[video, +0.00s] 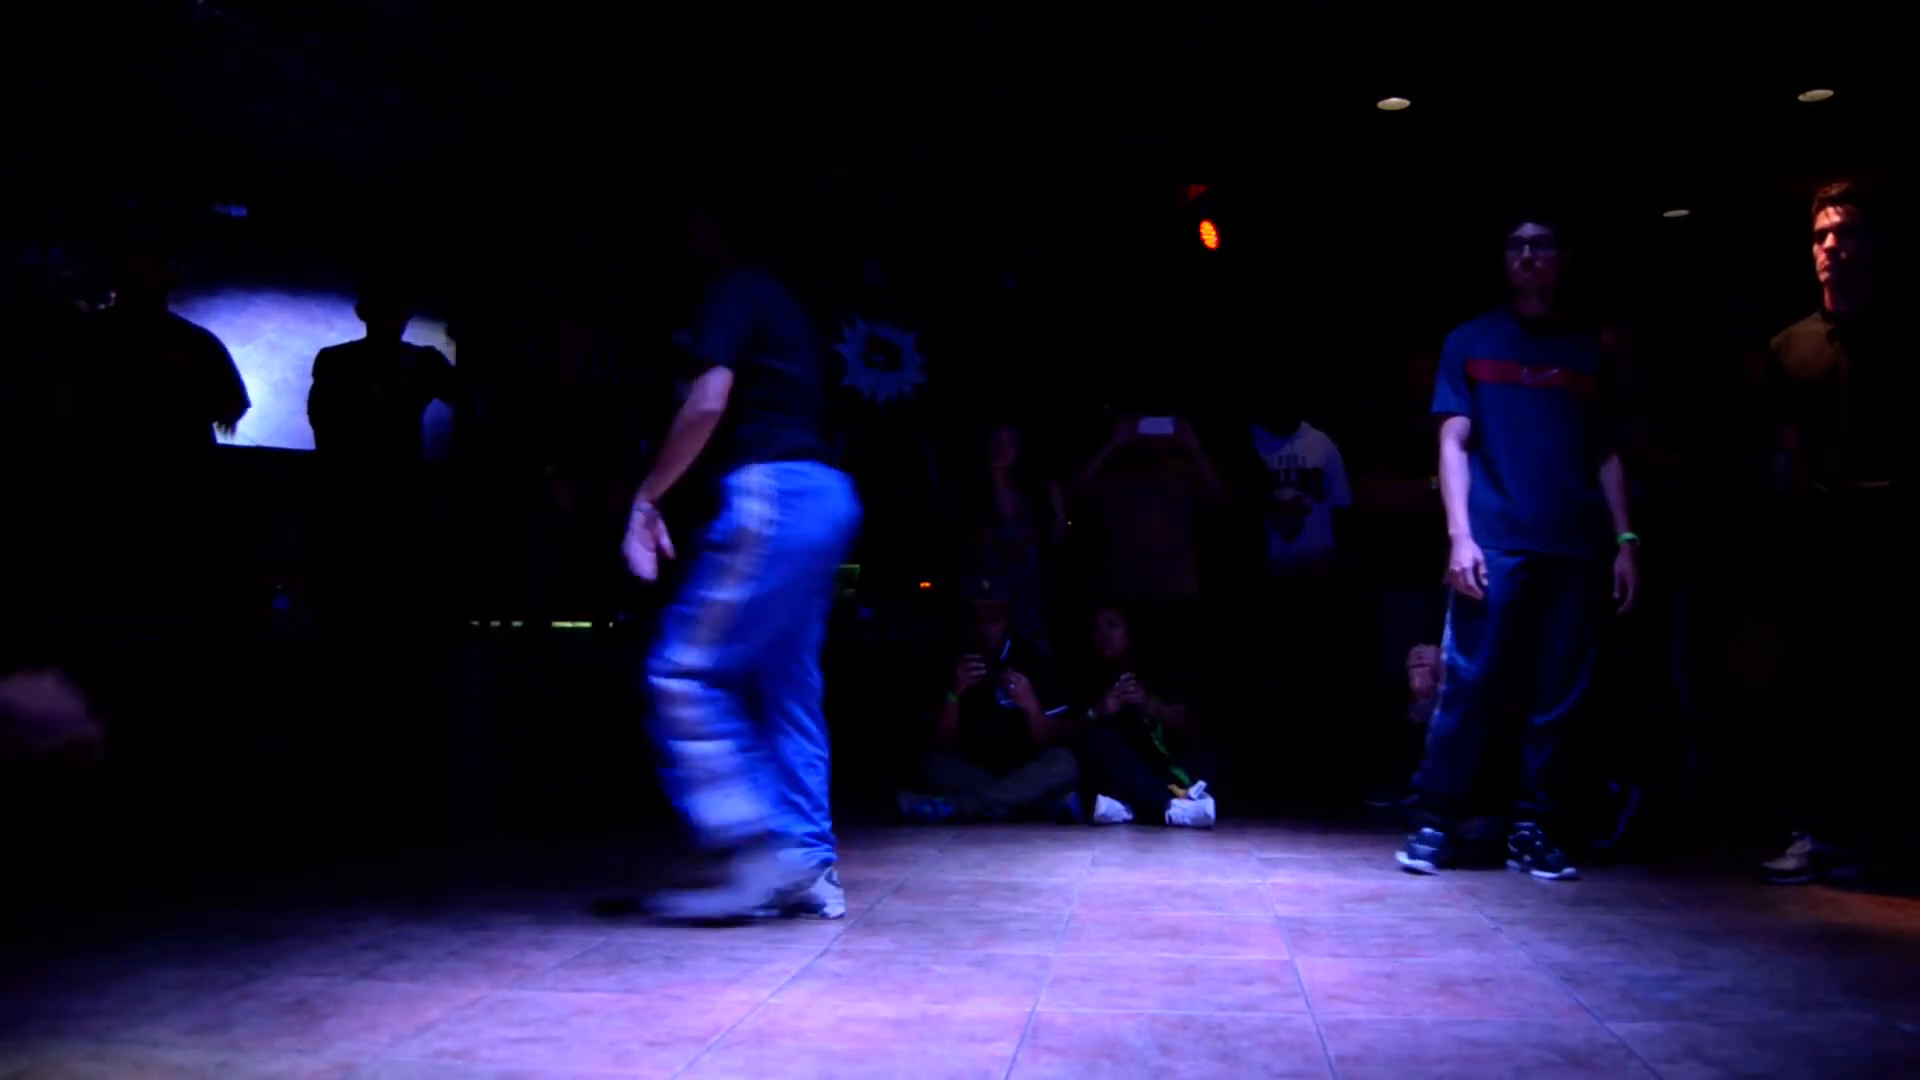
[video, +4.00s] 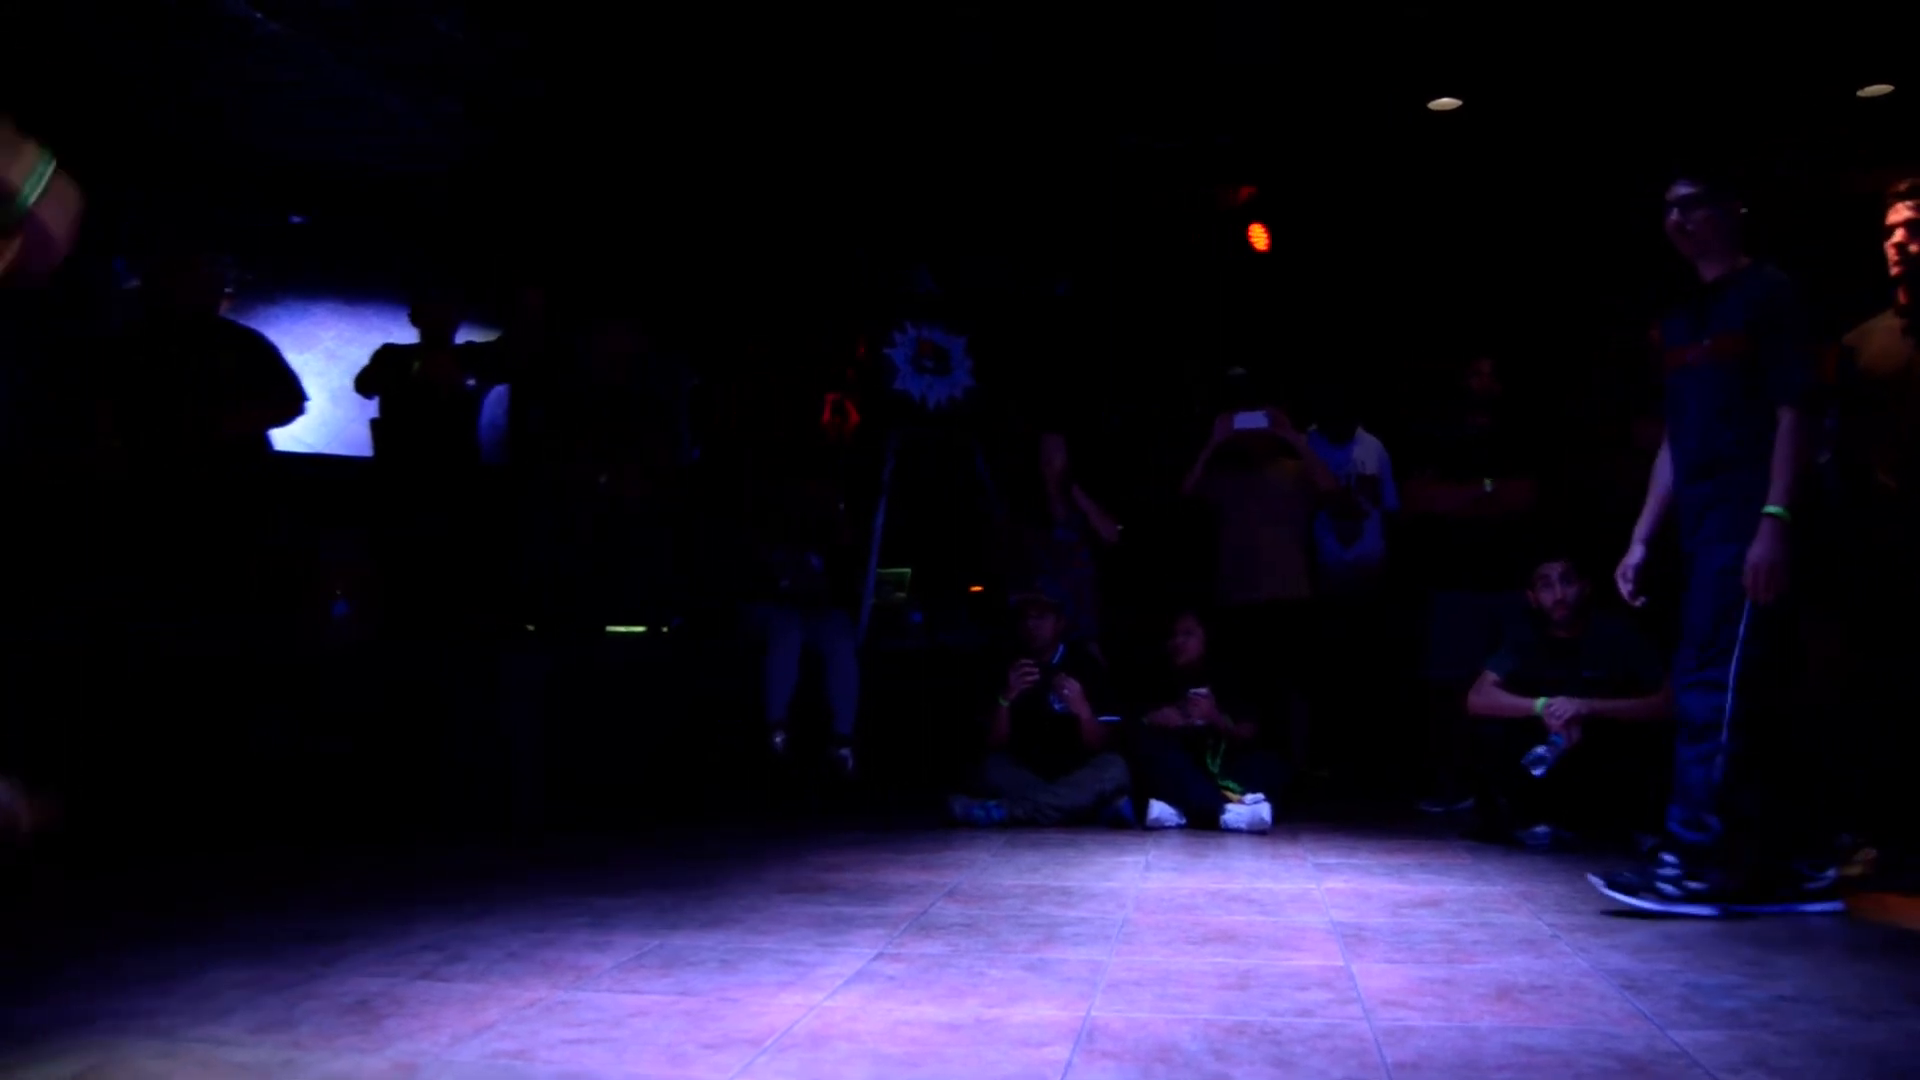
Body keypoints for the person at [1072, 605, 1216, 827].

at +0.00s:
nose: (1105, 635)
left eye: (1112, 626)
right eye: (1098, 628)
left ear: (1127, 630)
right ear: (1090, 635)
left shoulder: (1149, 668)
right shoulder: (1083, 674)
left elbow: (1180, 718)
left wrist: (1145, 701)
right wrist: (1102, 709)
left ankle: (1128, 807)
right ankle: (1168, 807)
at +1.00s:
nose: (1072, 651)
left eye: (1079, 642)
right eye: (1068, 644)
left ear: (1097, 644)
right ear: (1062, 650)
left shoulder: (1126, 680)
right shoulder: (1071, 685)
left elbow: (1167, 721)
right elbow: (1076, 730)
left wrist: (1119, 716)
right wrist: (1056, 687)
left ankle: (1127, 808)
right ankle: (1169, 806)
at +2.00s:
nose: (1074, 650)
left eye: (1081, 641)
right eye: (1070, 643)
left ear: (1099, 644)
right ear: (1064, 649)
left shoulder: (1125, 680)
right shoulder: (1071, 685)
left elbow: (1166, 724)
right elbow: (1075, 729)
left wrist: (1122, 719)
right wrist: (1058, 688)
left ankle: (1126, 807)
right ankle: (1168, 806)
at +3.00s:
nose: (1103, 641)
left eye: (1110, 633)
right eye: (1099, 633)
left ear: (1127, 637)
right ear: (1091, 639)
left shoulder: (1147, 675)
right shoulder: (1088, 679)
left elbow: (1184, 723)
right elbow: (1080, 733)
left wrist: (1143, 717)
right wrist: (1068, 703)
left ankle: (1130, 808)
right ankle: (1170, 808)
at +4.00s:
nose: (1178, 642)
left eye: (1188, 634)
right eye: (1174, 635)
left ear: (1204, 638)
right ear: (1166, 641)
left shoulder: (1226, 678)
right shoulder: (1158, 679)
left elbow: (1249, 731)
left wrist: (1213, 717)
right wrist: (1156, 718)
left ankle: (1183, 811)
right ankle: (1223, 812)